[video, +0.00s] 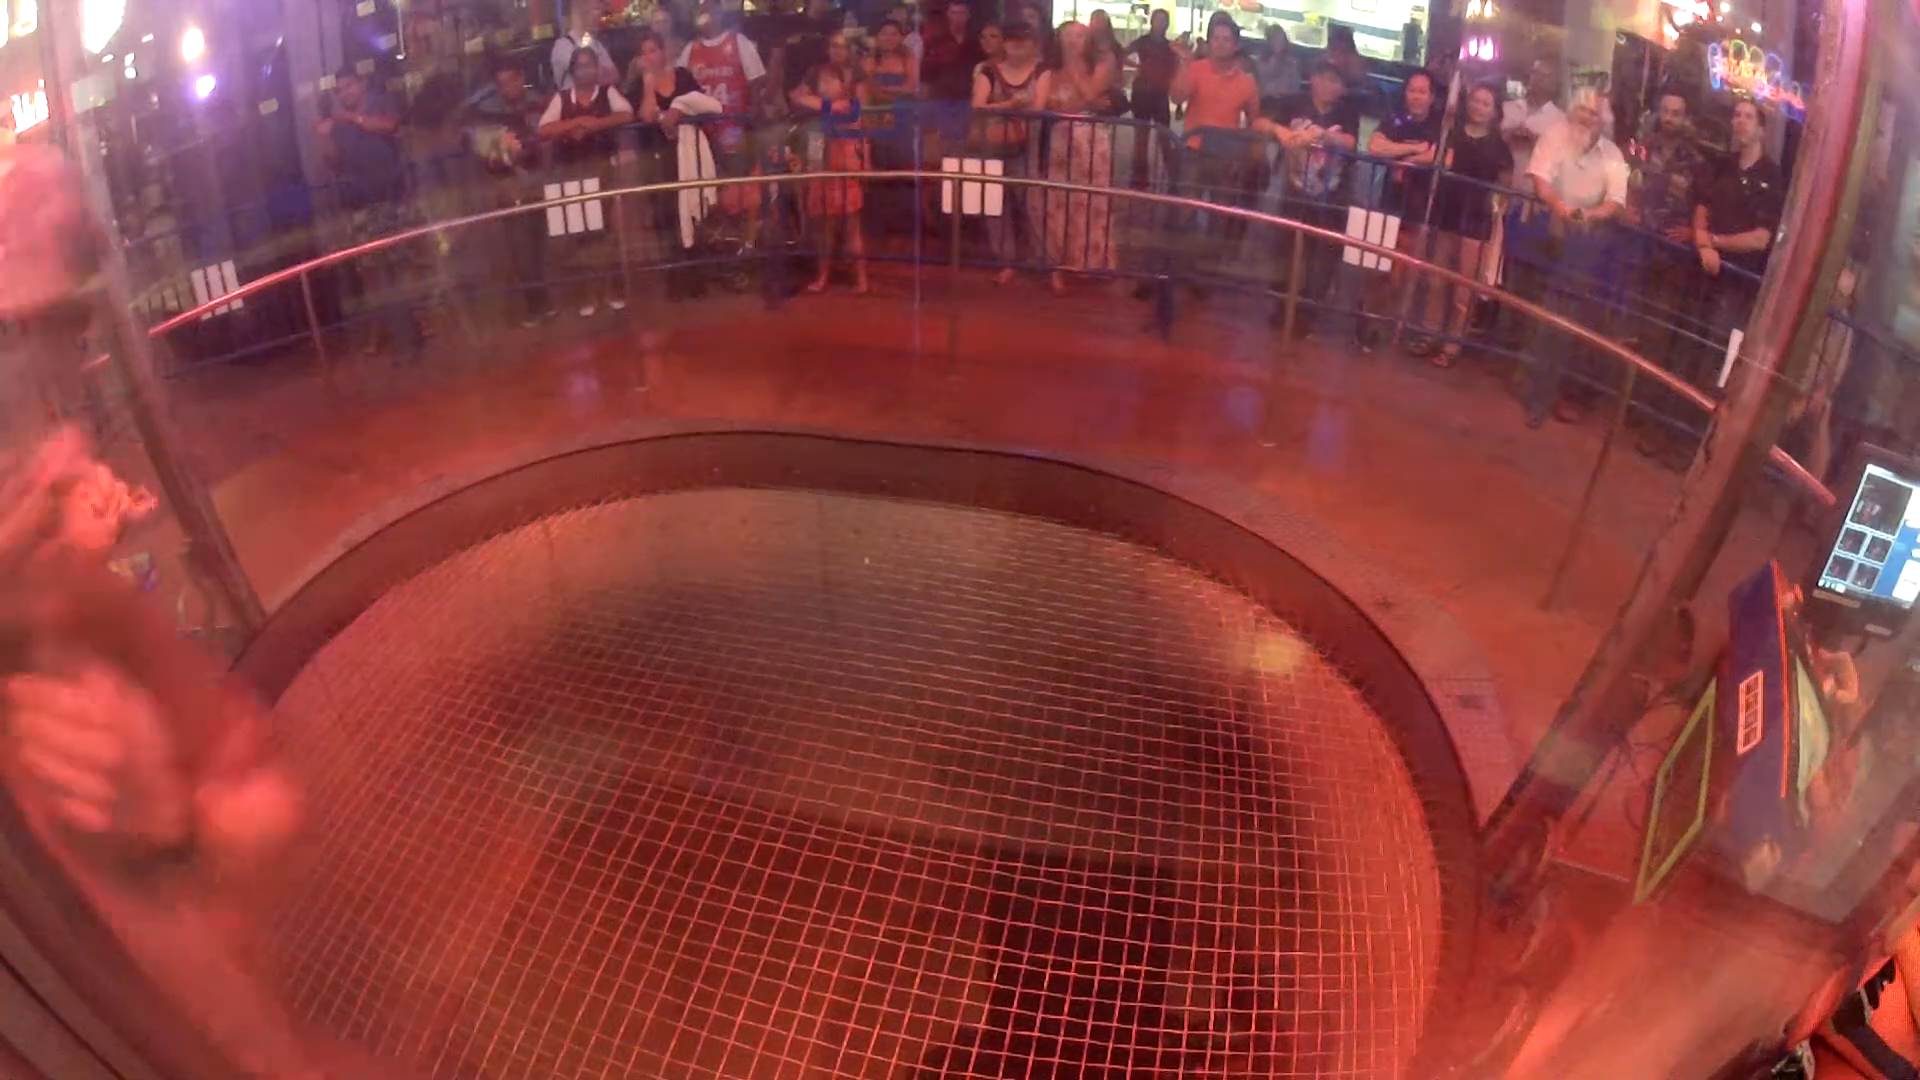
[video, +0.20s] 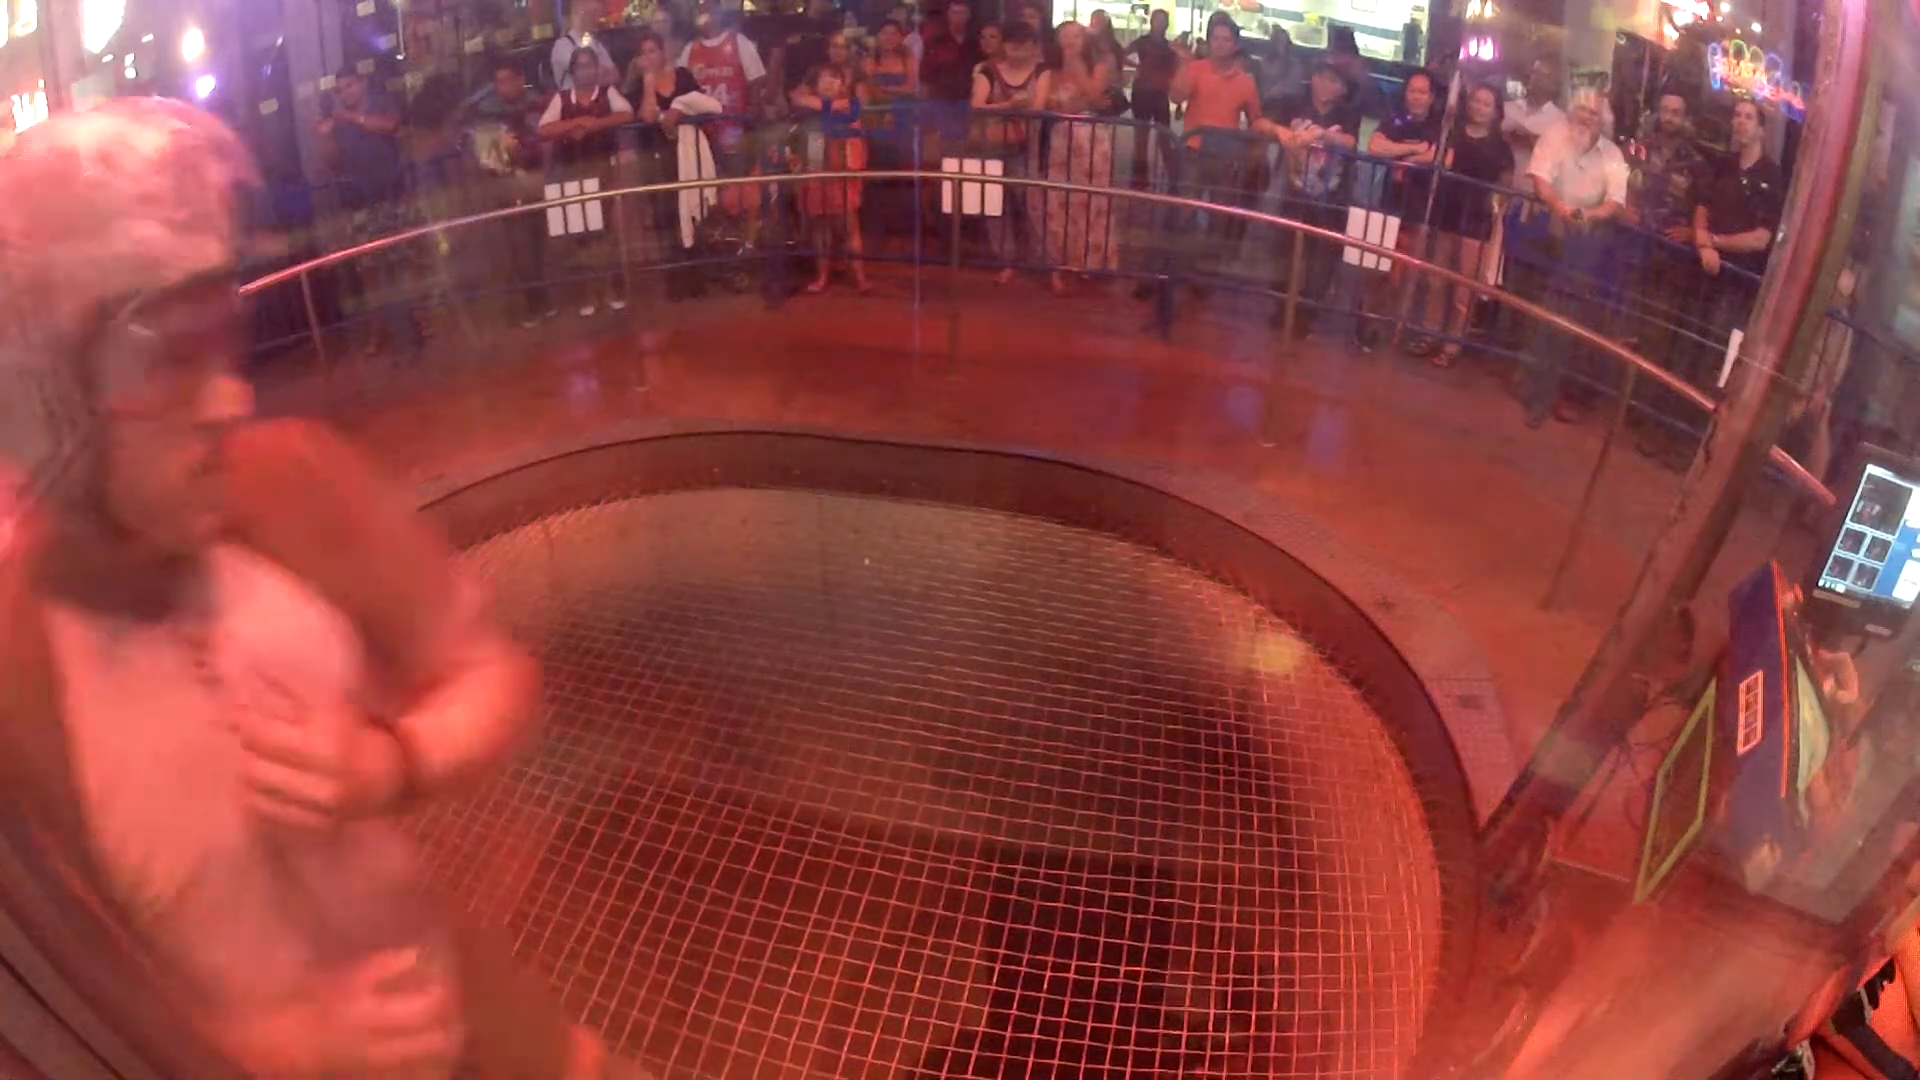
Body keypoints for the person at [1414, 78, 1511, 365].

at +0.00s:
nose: (1479, 107)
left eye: (1486, 103)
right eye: (1475, 101)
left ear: (1495, 111)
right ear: (1466, 104)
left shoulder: (1498, 147)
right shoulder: (1452, 136)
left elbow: (1505, 185)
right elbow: (1439, 165)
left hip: (1476, 217)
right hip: (1445, 211)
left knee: (1464, 284)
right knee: (1435, 278)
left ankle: (1452, 342)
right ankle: (1429, 332)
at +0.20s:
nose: (1480, 108)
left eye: (1487, 104)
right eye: (1476, 101)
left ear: (1496, 111)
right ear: (1467, 104)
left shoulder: (1500, 147)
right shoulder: (1453, 136)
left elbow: (1506, 186)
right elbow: (1439, 165)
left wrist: (1498, 212)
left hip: (1477, 217)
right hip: (1446, 211)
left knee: (1464, 285)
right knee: (1435, 278)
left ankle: (1453, 342)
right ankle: (1430, 332)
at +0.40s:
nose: (1480, 108)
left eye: (1487, 104)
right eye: (1476, 101)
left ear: (1496, 111)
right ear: (1467, 104)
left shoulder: (1500, 147)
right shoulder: (1453, 136)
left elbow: (1506, 186)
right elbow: (1439, 165)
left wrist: (1498, 210)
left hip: (1477, 217)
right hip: (1446, 211)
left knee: (1464, 285)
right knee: (1436, 278)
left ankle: (1453, 341)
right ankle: (1430, 332)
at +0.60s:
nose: (1481, 108)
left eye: (1487, 104)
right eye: (1477, 101)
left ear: (1496, 112)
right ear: (1468, 104)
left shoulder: (1501, 148)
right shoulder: (1453, 137)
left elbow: (1507, 187)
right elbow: (1439, 167)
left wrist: (1497, 211)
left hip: (1477, 219)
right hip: (1446, 212)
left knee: (1464, 286)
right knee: (1436, 279)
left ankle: (1453, 342)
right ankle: (1430, 332)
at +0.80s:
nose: (1481, 108)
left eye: (1487, 104)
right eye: (1477, 101)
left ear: (1497, 112)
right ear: (1469, 105)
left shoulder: (1500, 147)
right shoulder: (1454, 137)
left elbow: (1507, 187)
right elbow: (1440, 167)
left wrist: (1496, 208)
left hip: (1477, 218)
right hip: (1445, 211)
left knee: (1463, 287)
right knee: (1435, 280)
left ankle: (1453, 342)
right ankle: (1430, 332)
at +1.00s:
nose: (1481, 107)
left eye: (1487, 104)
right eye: (1477, 101)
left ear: (1497, 112)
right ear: (1469, 104)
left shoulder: (1501, 148)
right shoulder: (1454, 137)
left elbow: (1507, 188)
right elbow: (1440, 168)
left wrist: (1496, 207)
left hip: (1476, 220)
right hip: (1445, 212)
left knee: (1463, 288)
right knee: (1435, 281)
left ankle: (1453, 342)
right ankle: (1430, 333)